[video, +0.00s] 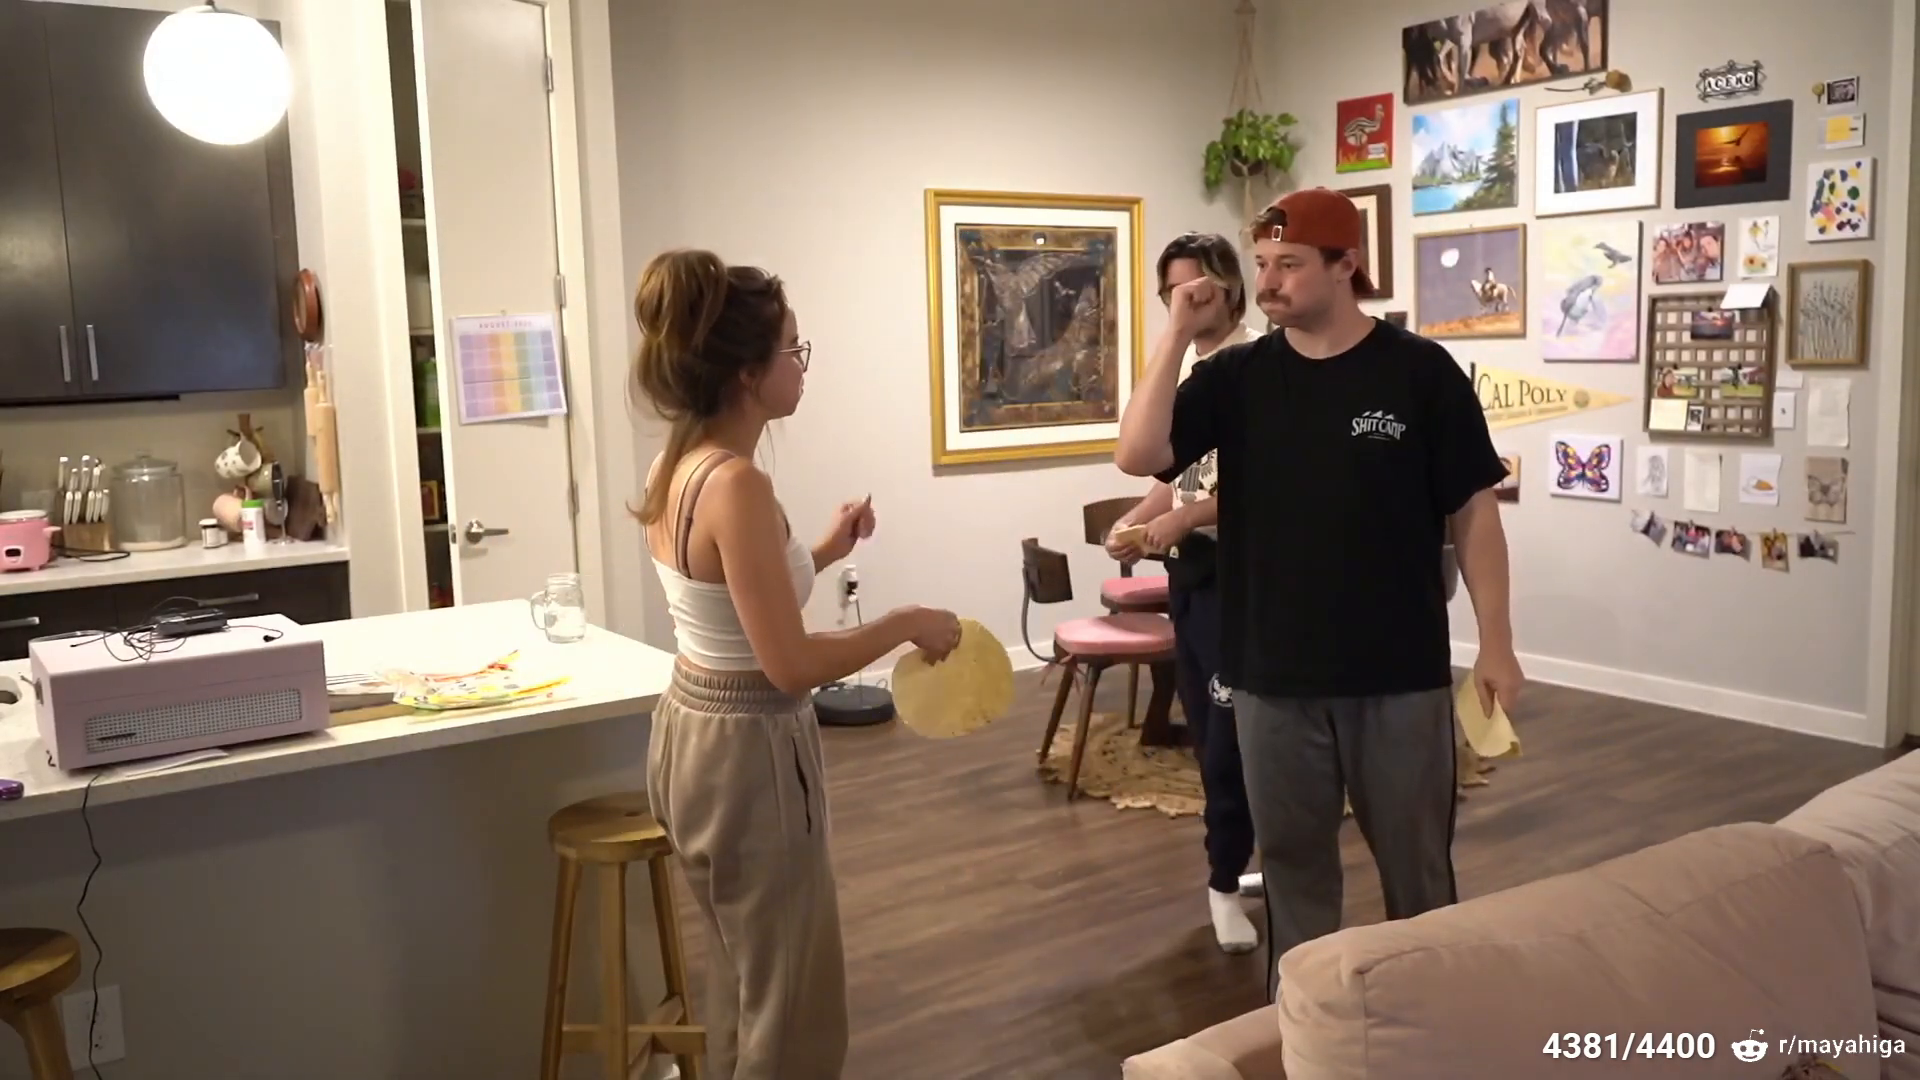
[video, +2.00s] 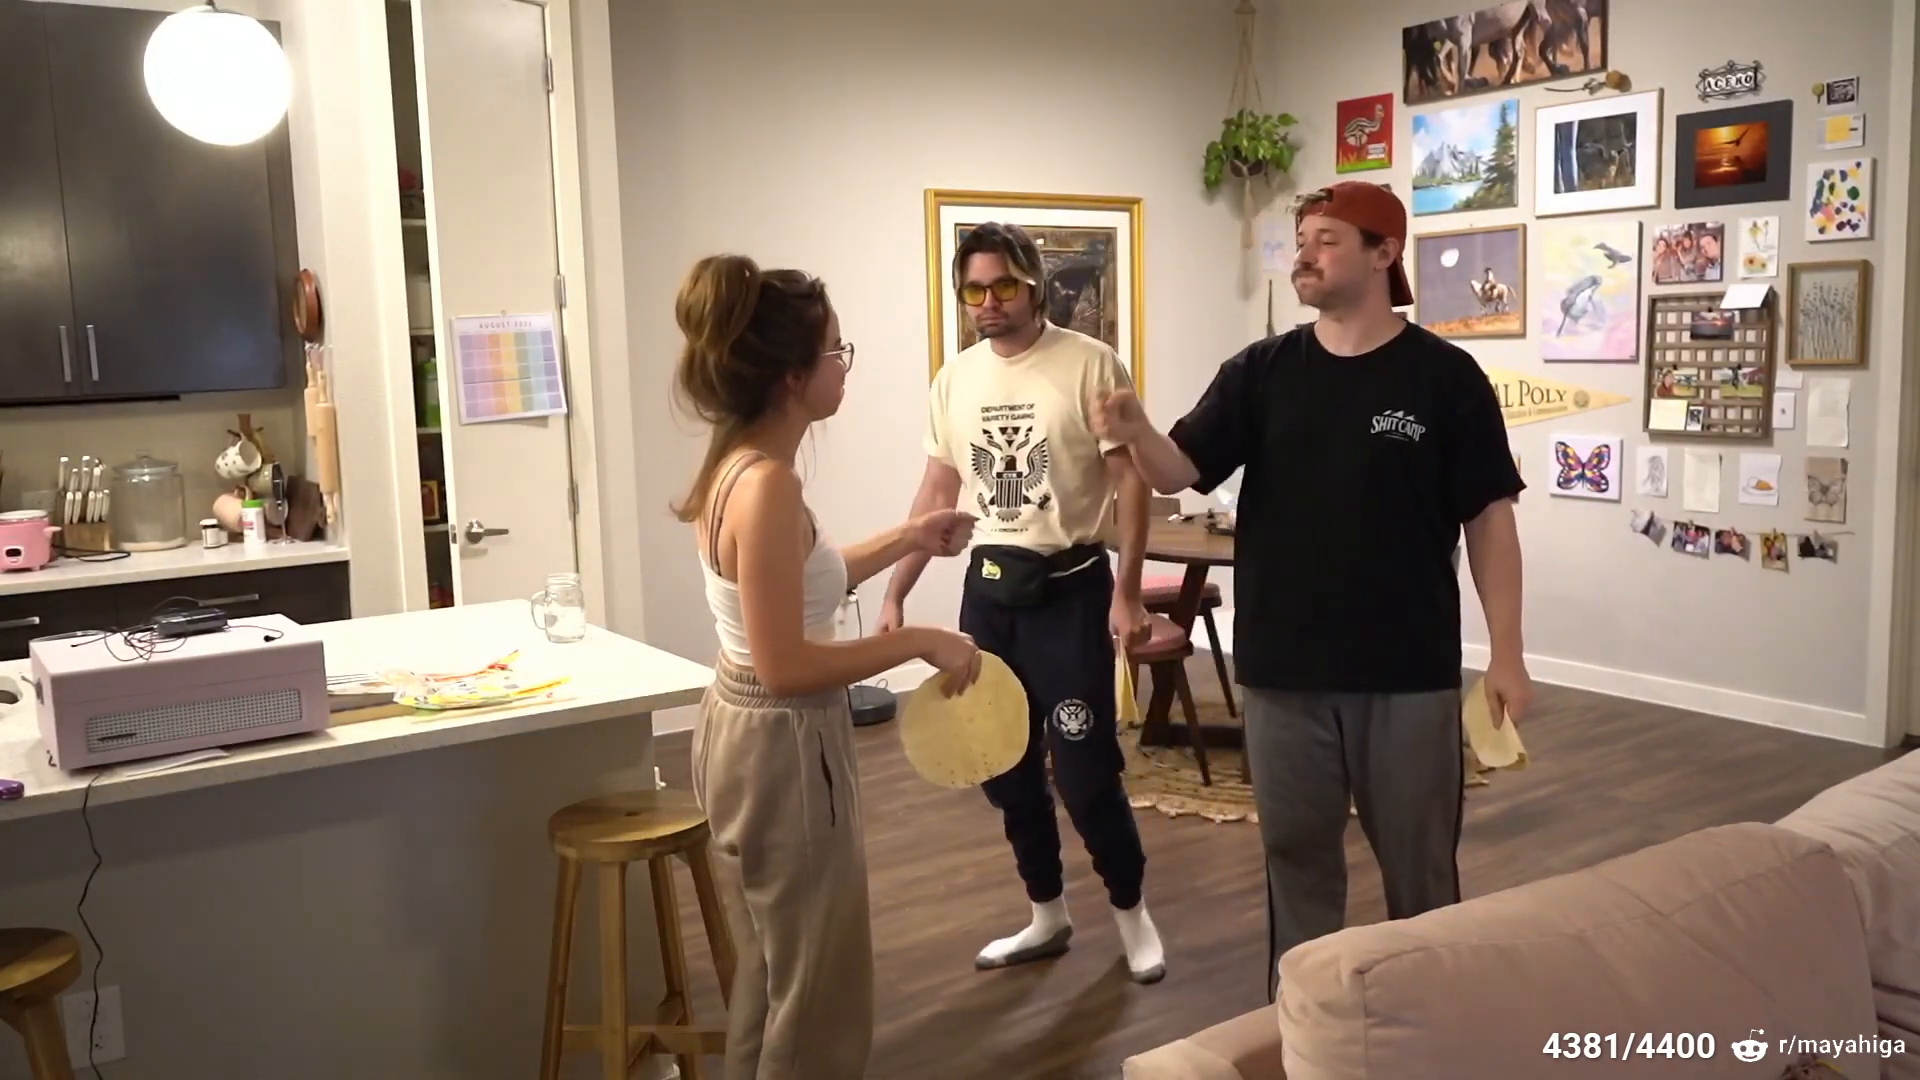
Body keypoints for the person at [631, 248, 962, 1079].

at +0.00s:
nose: (804, 363)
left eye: (799, 347)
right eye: (794, 350)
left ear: (728, 372)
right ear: (745, 371)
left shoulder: (677, 469)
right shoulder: (736, 487)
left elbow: (728, 598)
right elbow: (793, 664)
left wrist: (824, 552)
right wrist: (905, 622)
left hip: (693, 732)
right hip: (749, 750)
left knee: (743, 978)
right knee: (792, 999)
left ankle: (738, 1071)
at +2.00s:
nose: (846, 365)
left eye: (841, 350)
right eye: (836, 354)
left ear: (777, 379)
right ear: (790, 378)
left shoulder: (736, 469)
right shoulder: (766, 485)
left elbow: (807, 577)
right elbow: (783, 666)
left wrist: (911, 535)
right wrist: (924, 643)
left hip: (745, 734)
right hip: (783, 748)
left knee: (774, 966)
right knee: (818, 982)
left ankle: (752, 1074)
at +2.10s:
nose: (849, 363)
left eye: (844, 349)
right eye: (838, 353)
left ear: (778, 379)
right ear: (792, 378)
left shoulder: (737, 468)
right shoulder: (768, 485)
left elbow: (809, 578)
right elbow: (784, 666)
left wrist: (895, 503)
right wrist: (921, 641)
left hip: (743, 729)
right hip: (783, 745)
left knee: (771, 967)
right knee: (818, 986)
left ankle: (750, 1074)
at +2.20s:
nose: (850, 361)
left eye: (844, 347)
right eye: (840, 350)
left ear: (778, 377)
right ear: (794, 376)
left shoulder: (739, 467)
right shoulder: (768, 484)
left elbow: (822, 565)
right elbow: (785, 666)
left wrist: (876, 464)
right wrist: (927, 639)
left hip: (745, 729)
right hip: (783, 746)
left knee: (770, 967)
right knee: (815, 985)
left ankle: (751, 1072)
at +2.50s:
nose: (848, 359)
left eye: (842, 346)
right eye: (837, 350)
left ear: (777, 378)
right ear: (792, 376)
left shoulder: (745, 467)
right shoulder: (765, 484)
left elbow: (823, 577)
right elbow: (781, 667)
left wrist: (885, 478)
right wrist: (919, 639)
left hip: (756, 733)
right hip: (785, 748)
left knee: (776, 970)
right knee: (812, 985)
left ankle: (757, 1071)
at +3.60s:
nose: (848, 368)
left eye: (844, 353)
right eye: (838, 356)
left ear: (780, 377)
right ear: (791, 376)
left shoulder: (749, 470)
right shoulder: (759, 486)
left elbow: (826, 584)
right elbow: (776, 668)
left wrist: (937, 529)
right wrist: (916, 641)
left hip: (768, 732)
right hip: (787, 746)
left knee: (785, 966)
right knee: (814, 980)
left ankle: (763, 1073)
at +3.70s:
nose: (850, 364)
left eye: (845, 350)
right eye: (840, 354)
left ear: (784, 378)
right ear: (795, 377)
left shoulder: (753, 471)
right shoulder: (762, 487)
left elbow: (826, 588)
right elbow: (776, 668)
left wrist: (941, 541)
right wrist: (917, 642)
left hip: (769, 730)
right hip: (785, 744)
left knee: (789, 965)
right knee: (815, 979)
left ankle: (764, 1072)